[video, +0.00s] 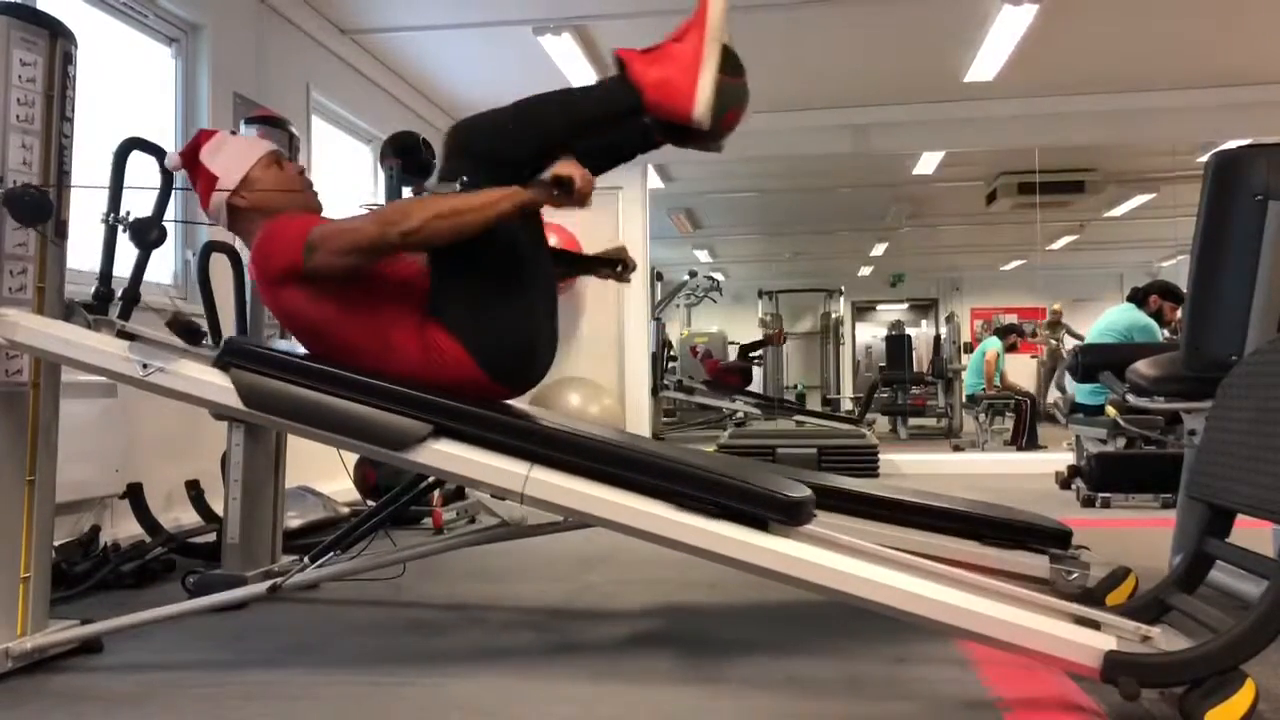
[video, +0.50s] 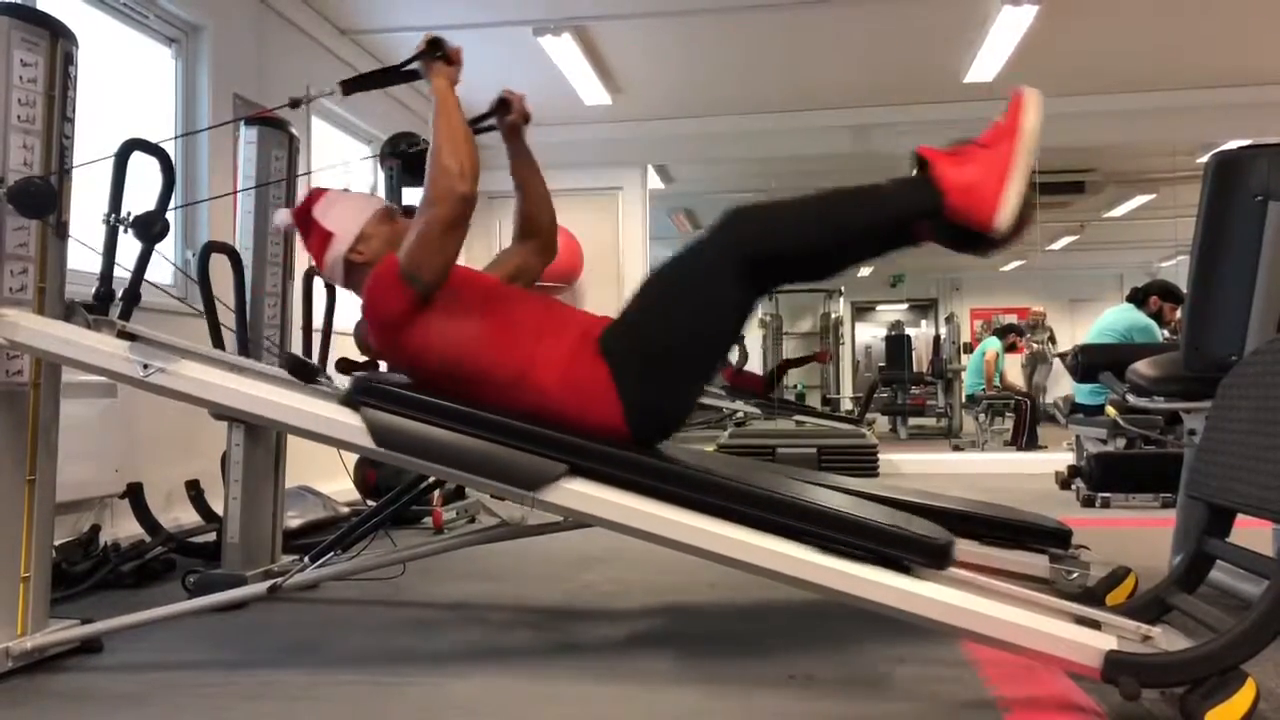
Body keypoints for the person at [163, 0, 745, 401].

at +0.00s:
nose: (301, 167)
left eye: (289, 156)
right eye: (280, 160)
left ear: (249, 196)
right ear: (242, 193)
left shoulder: (297, 255)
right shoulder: (279, 244)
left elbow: (433, 263)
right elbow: (397, 228)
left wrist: (576, 264)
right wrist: (533, 196)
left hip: (498, 343)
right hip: (490, 345)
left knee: (483, 165)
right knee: (471, 147)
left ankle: (673, 120)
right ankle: (651, 83)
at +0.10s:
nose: (309, 175)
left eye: (296, 165)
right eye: (288, 170)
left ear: (268, 202)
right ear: (255, 206)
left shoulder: (321, 260)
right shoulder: (289, 256)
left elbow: (428, 245)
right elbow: (402, 217)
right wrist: (519, 146)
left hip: (512, 351)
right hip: (505, 354)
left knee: (526, 175)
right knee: (520, 172)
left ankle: (711, 129)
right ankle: (692, 96)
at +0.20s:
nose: (325, 185)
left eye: (313, 176)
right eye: (305, 181)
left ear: (292, 204)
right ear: (274, 214)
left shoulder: (356, 273)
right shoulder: (310, 268)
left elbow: (490, 259)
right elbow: (413, 199)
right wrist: (500, 97)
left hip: (531, 344)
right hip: (527, 358)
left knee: (578, 175)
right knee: (569, 164)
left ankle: (770, 146)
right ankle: (750, 115)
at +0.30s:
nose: (344, 193)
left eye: (335, 186)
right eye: (326, 192)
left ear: (329, 212)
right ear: (300, 225)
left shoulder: (376, 277)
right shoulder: (334, 275)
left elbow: (508, 262)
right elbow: (427, 195)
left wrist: (559, 172)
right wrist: (479, 76)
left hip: (553, 350)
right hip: (552, 368)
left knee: (633, 195)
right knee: (631, 188)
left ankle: (826, 155)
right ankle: (822, 147)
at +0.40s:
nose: (369, 199)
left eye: (359, 193)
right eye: (350, 201)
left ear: (339, 230)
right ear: (326, 237)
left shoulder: (409, 287)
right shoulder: (362, 286)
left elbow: (525, 251)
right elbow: (438, 193)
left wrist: (538, 149)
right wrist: (462, 80)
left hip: (590, 359)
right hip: (586, 376)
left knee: (690, 213)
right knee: (687, 214)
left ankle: (893, 175)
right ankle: (893, 168)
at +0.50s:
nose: (385, 204)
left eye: (373, 199)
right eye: (363, 206)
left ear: (370, 234)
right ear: (346, 249)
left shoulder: (440, 296)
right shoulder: (389, 305)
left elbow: (541, 247)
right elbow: (448, 195)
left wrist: (515, 144)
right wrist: (443, 84)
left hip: (623, 368)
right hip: (615, 388)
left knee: (742, 240)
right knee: (736, 242)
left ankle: (950, 200)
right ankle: (949, 190)